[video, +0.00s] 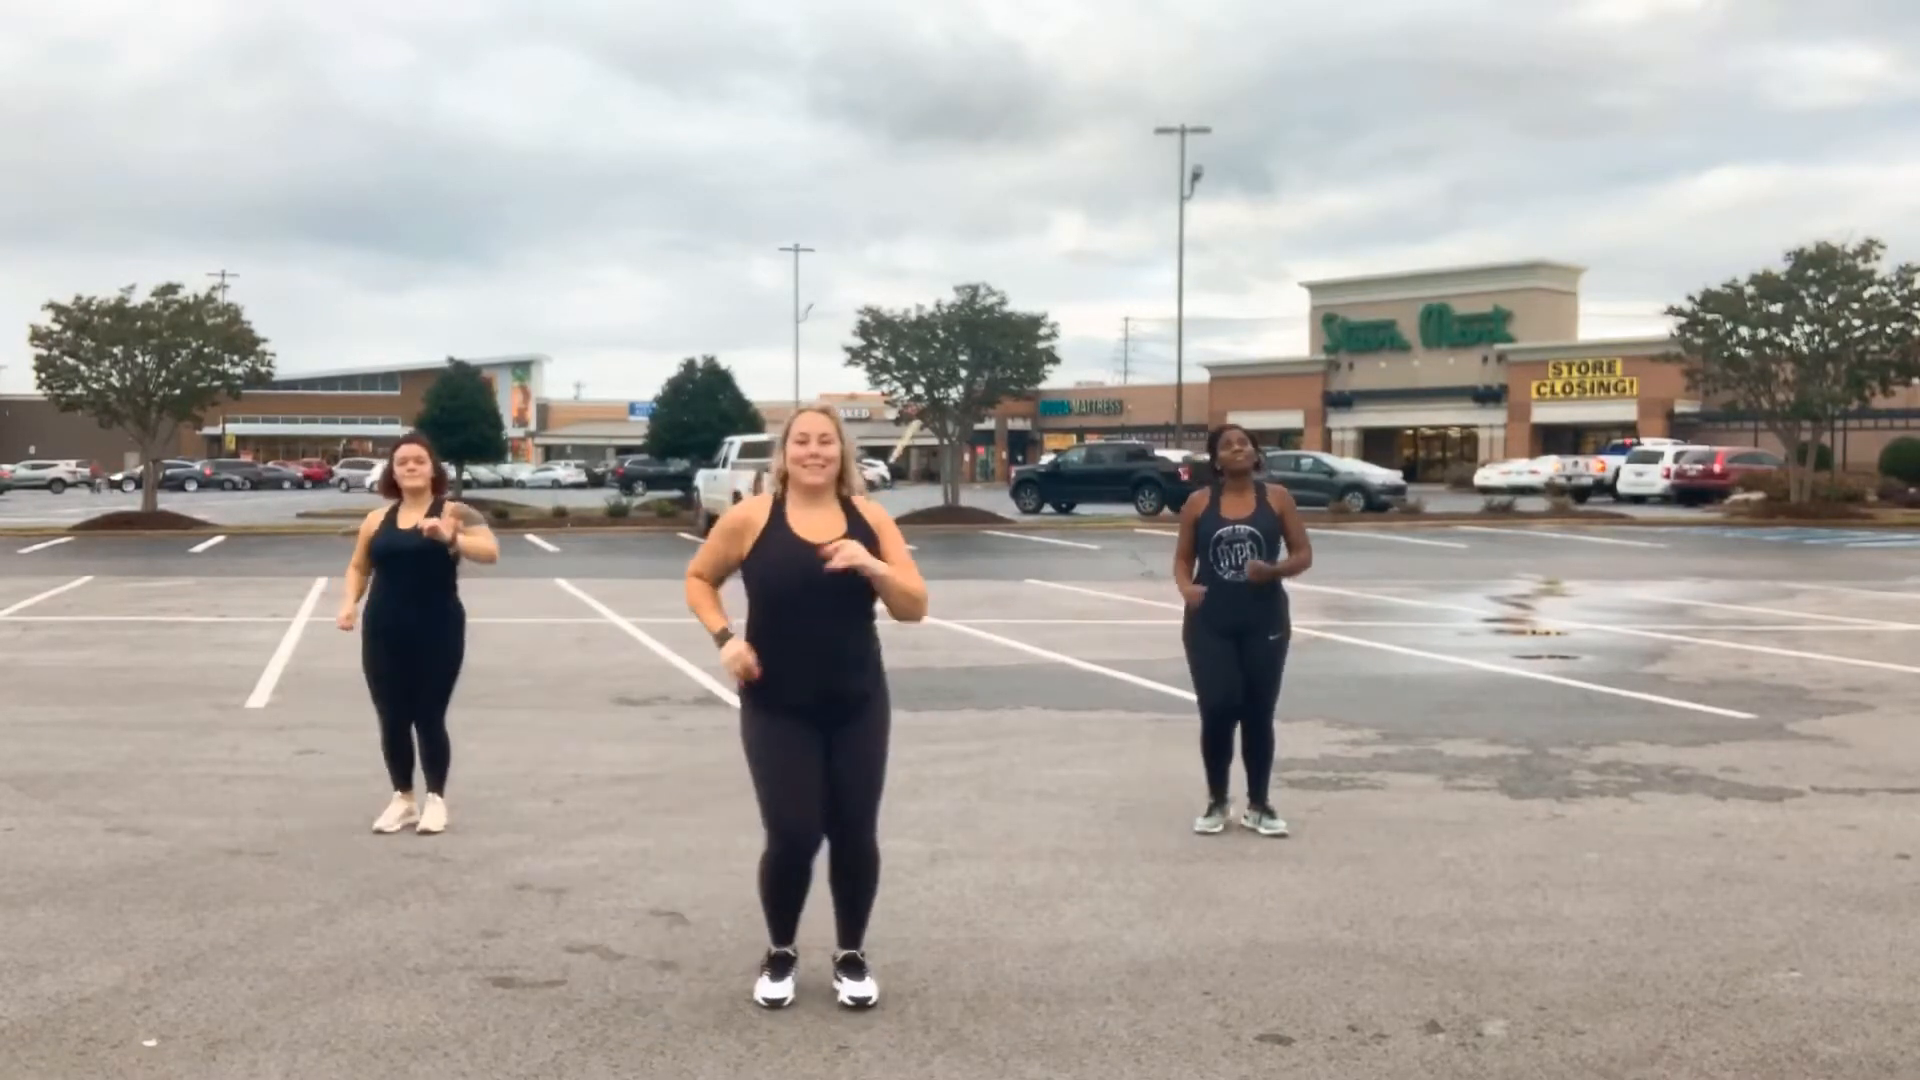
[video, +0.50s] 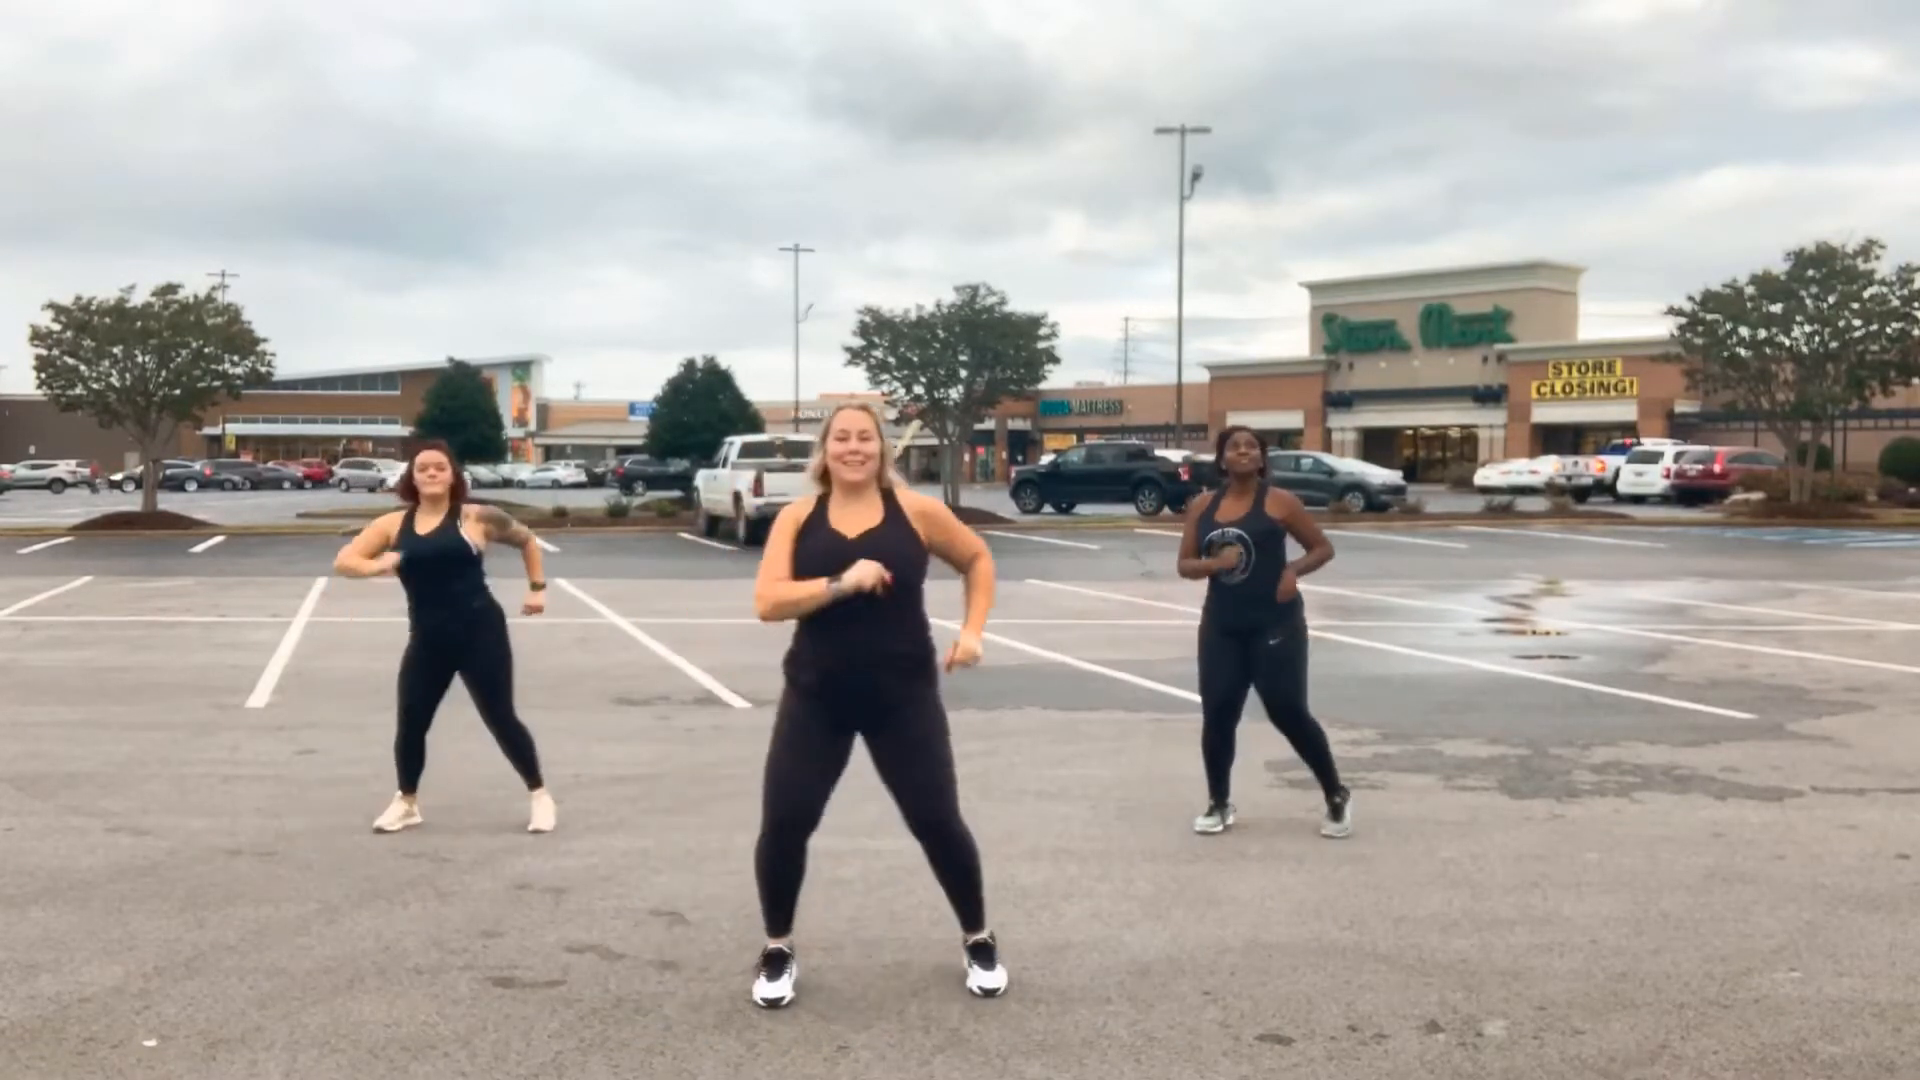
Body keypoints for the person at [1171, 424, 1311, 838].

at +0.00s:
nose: (1238, 451)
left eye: (1244, 444)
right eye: (1229, 447)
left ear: (1255, 453)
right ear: (1216, 459)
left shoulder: (1276, 496)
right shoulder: (1199, 503)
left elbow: (1303, 555)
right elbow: (1183, 561)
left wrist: (1273, 571)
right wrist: (1188, 588)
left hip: (1265, 623)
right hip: (1211, 623)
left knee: (1258, 715)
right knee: (1217, 713)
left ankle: (1258, 807)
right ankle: (1217, 803)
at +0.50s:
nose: (1243, 454)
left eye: (1250, 447)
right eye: (1235, 448)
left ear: (1262, 457)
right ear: (1222, 459)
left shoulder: (1280, 502)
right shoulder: (1203, 505)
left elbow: (1322, 548)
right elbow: (1184, 565)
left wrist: (1292, 570)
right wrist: (1214, 564)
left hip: (1276, 626)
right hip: (1221, 628)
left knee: (1287, 713)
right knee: (1217, 716)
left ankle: (1336, 797)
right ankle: (1218, 804)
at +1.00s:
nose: (1248, 458)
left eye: (1255, 451)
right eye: (1239, 451)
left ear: (1266, 458)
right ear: (1225, 459)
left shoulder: (1279, 501)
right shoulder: (1206, 501)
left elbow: (1295, 567)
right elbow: (1170, 558)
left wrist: (1285, 539)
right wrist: (1210, 540)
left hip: (1265, 623)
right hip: (1210, 624)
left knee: (1291, 713)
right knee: (1212, 715)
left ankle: (1329, 801)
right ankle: (1195, 803)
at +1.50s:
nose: (1224, 473)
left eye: (1232, 466)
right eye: (1217, 466)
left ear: (1247, 467)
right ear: (1206, 468)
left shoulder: (1263, 500)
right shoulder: (1191, 500)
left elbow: (1287, 564)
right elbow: (1179, 557)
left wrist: (1272, 537)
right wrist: (1208, 507)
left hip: (1245, 618)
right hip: (1191, 617)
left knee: (1255, 711)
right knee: (1187, 699)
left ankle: (1242, 804)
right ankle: (1169, 786)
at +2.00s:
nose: (1178, 475)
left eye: (1186, 468)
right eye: (1171, 468)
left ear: (1202, 468)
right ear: (1161, 470)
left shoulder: (1219, 503)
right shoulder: (1148, 502)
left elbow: (1235, 568)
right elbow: (1136, 558)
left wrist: (1231, 549)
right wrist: (1166, 512)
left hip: (1199, 627)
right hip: (1144, 626)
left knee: (1228, 712)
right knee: (1142, 713)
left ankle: (1240, 803)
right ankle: (1123, 802)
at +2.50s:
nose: (1182, 478)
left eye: (1190, 472)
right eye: (1178, 471)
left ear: (1212, 470)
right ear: (1172, 470)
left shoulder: (1234, 505)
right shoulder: (1159, 503)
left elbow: (1260, 566)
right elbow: (1142, 559)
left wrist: (1243, 550)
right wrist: (1172, 512)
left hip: (1229, 628)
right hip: (1172, 629)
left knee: (1237, 720)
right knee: (1156, 716)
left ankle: (1243, 803)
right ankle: (1125, 800)